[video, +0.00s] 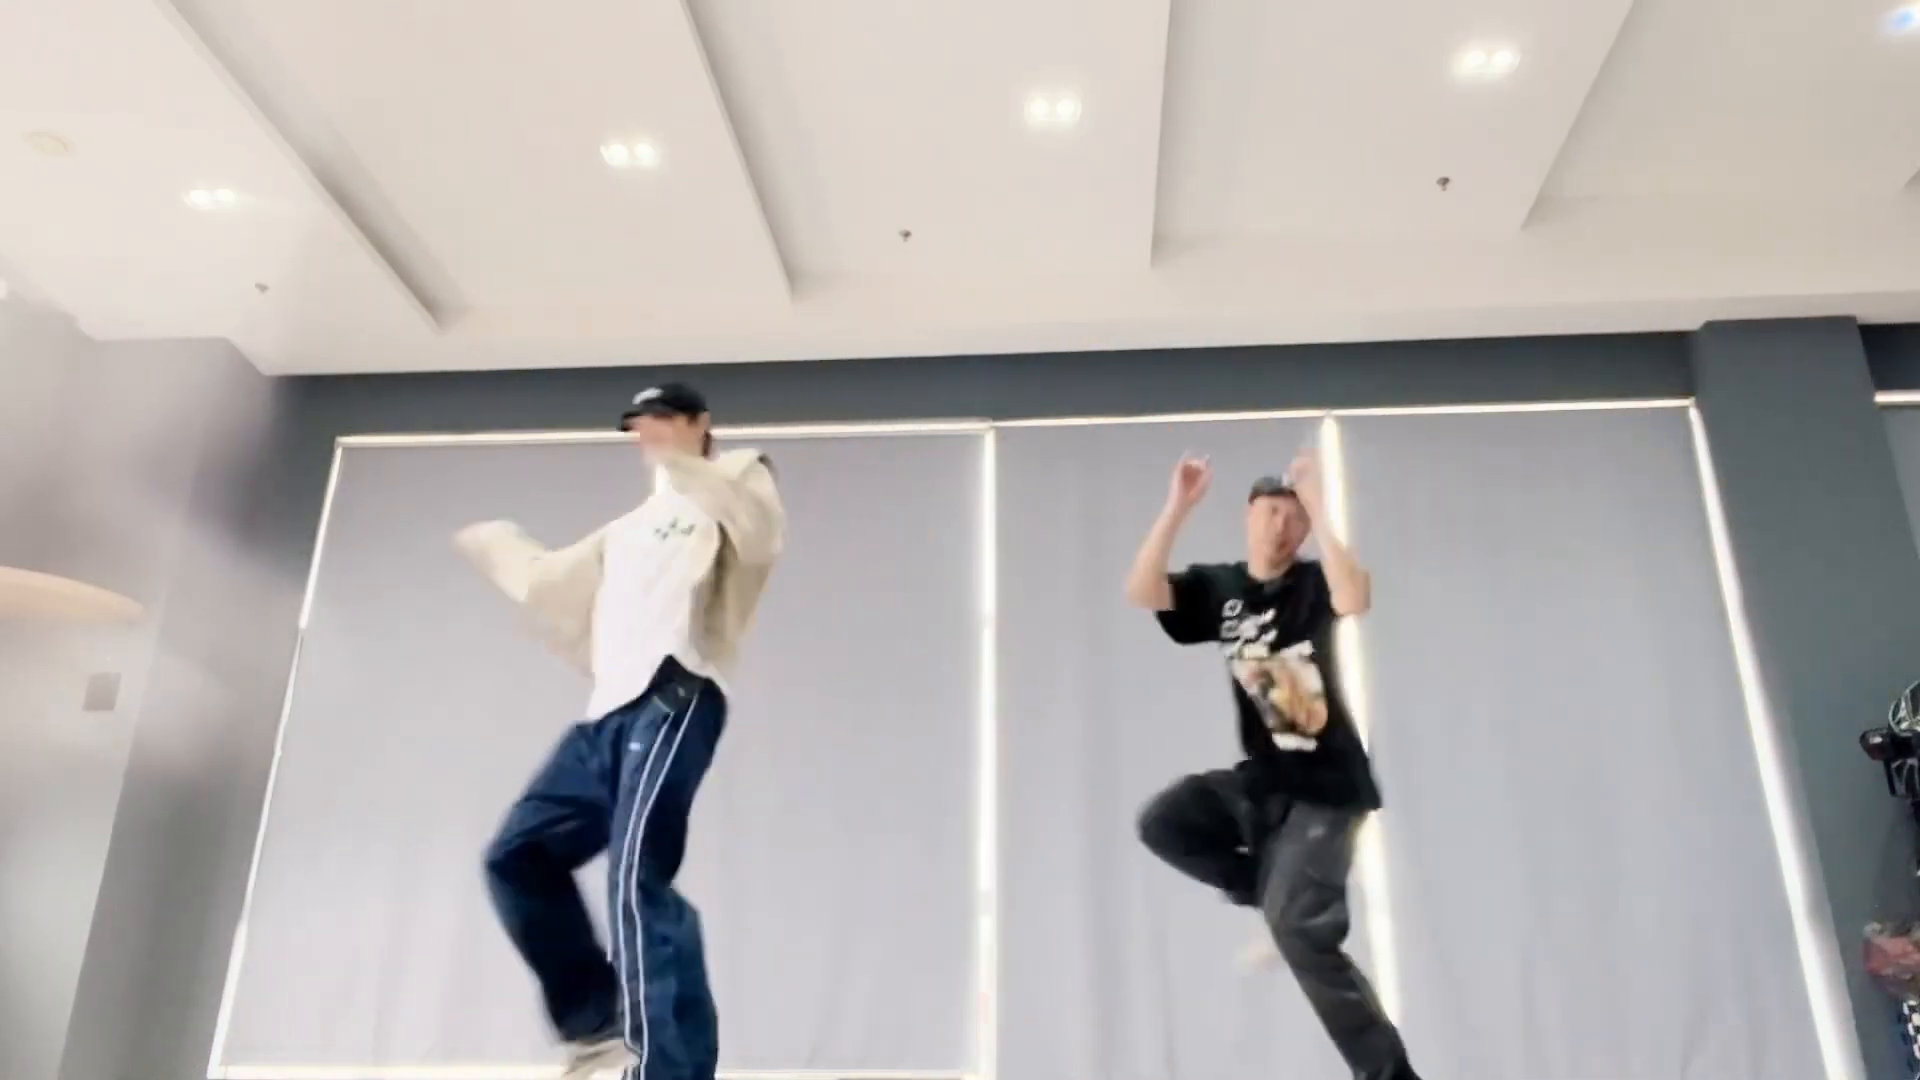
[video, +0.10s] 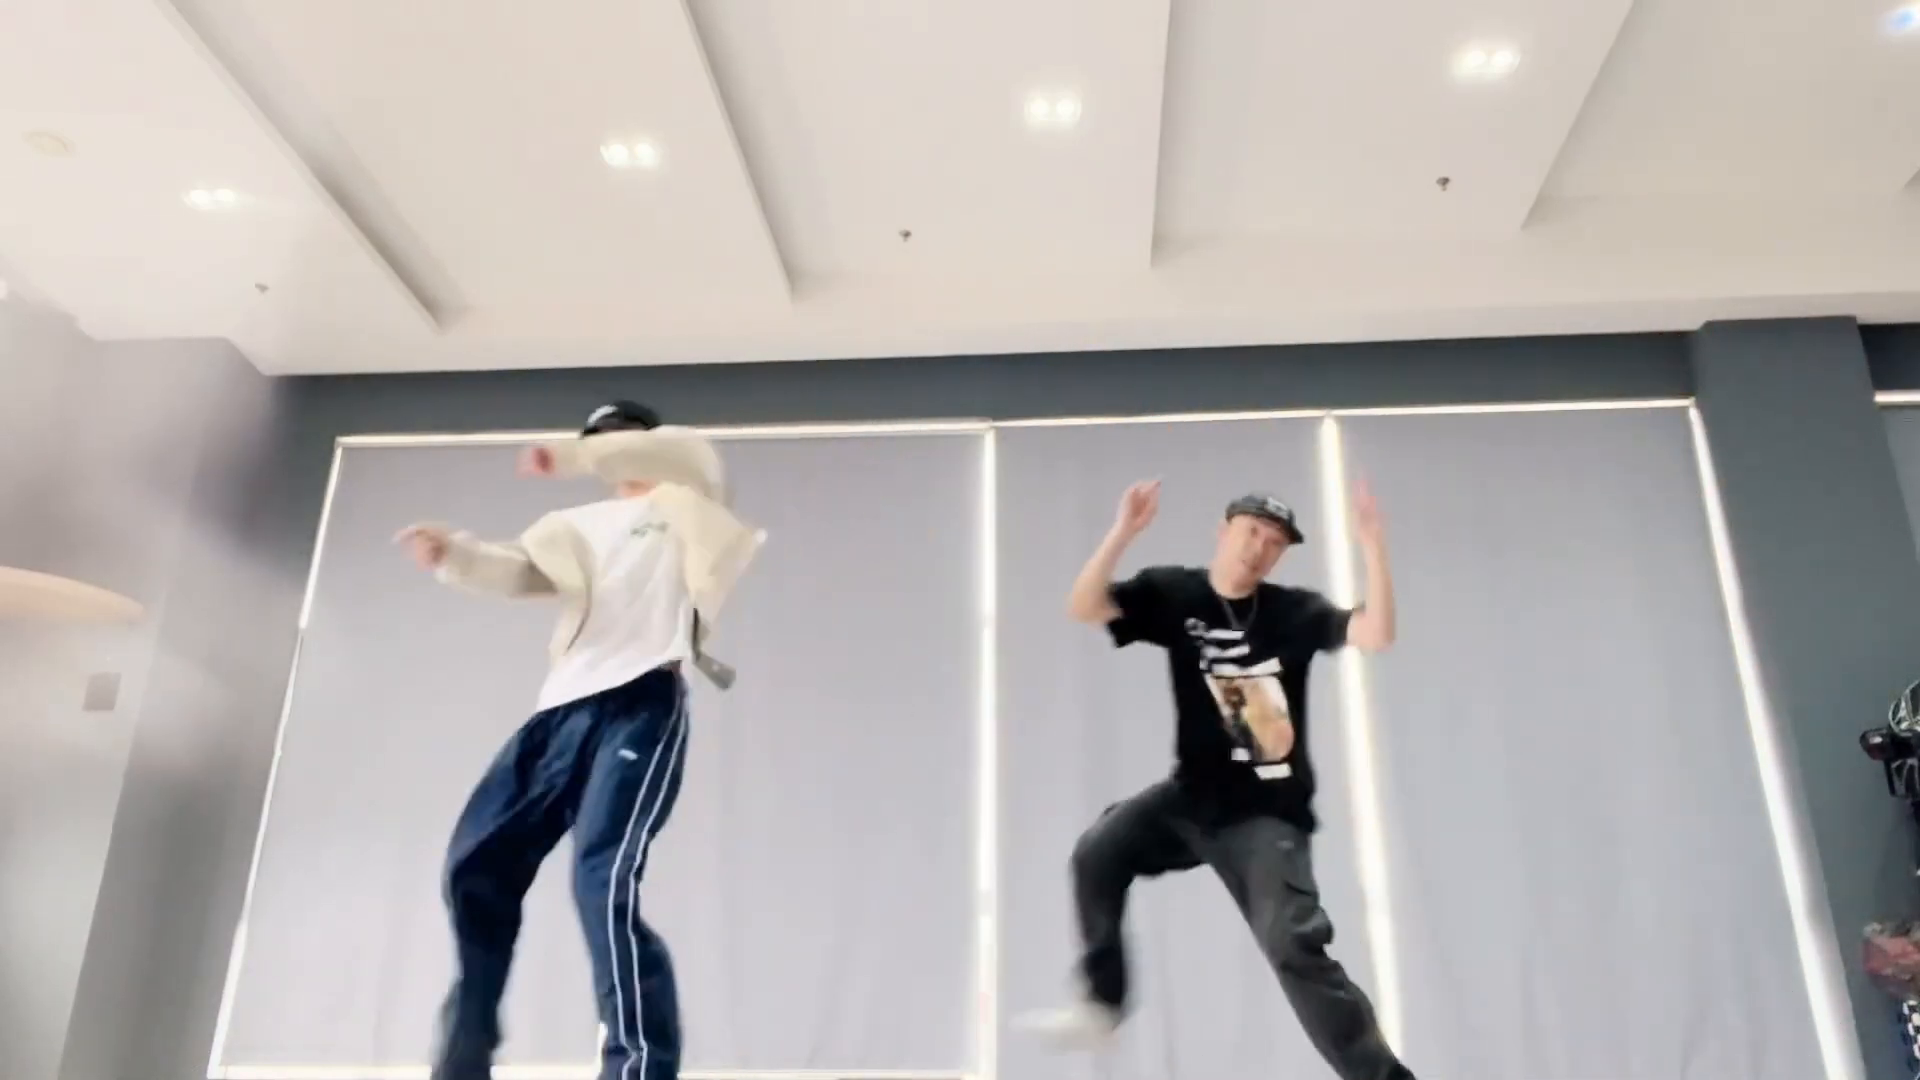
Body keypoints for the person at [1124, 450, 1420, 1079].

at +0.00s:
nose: (1283, 523)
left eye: (1295, 514)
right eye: (1272, 510)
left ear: (1306, 528)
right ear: (1247, 519)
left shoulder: (1319, 580)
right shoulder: (1222, 588)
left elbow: (1353, 600)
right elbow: (1144, 592)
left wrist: (1315, 511)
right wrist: (1176, 508)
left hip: (1327, 792)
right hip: (1260, 784)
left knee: (1295, 921)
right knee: (1164, 822)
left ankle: (1387, 1072)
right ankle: (1284, 900)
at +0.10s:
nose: (1259, 548)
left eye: (1274, 541)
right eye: (1252, 532)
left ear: (1281, 556)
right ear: (1223, 531)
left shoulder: (1294, 612)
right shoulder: (1175, 593)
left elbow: (1376, 634)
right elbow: (1084, 606)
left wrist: (1374, 544)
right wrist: (1121, 532)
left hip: (1265, 812)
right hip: (1192, 799)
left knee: (1292, 945)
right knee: (1097, 854)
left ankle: (1384, 1075)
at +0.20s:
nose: (1239, 560)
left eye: (1251, 555)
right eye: (1231, 544)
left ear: (1255, 569)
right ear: (1197, 539)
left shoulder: (1249, 641)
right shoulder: (1131, 592)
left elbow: (1310, 722)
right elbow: (1062, 650)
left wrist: (1378, 719)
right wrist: (1025, 650)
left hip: (1196, 827)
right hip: (1102, 819)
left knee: (1285, 931)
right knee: (1046, 936)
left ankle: (1366, 1069)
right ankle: (1003, 1065)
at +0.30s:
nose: (1208, 581)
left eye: (1221, 575)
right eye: (1201, 564)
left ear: (1224, 587)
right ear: (1167, 555)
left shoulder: (1192, 661)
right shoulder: (1089, 600)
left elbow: (1211, 780)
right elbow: (1014, 669)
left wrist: (1282, 847)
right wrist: (948, 717)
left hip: (1123, 821)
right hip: (1035, 802)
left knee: (1186, 941)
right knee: (992, 906)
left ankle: (1264, 1070)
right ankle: (983, 1067)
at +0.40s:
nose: (1174, 593)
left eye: (1187, 587)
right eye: (1168, 576)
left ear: (1191, 599)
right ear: (1135, 567)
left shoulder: (1148, 683)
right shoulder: (1056, 594)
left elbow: (1119, 785)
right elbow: (974, 653)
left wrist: (1144, 872)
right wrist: (904, 712)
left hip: (1063, 811)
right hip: (986, 784)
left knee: (1105, 941)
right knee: (963, 901)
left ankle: (1158, 1068)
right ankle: (979, 1064)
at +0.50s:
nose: (1136, 591)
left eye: (1148, 584)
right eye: (1128, 574)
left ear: (1151, 595)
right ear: (1095, 568)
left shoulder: (1111, 682)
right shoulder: (1024, 594)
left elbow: (1048, 770)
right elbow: (942, 644)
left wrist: (1048, 757)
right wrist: (870, 698)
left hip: (1020, 804)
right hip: (951, 779)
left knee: (1036, 949)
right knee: (946, 916)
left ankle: (1052, 1069)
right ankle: (977, 1064)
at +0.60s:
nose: (1086, 586)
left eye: (1097, 579)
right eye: (1078, 570)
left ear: (1102, 592)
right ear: (1047, 566)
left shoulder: (1077, 669)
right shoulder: (981, 593)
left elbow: (1026, 696)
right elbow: (909, 645)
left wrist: (1092, 616)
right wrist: (856, 702)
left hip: (988, 803)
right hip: (923, 777)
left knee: (981, 944)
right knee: (930, 915)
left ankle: (900, 1056)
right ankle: (973, 1064)